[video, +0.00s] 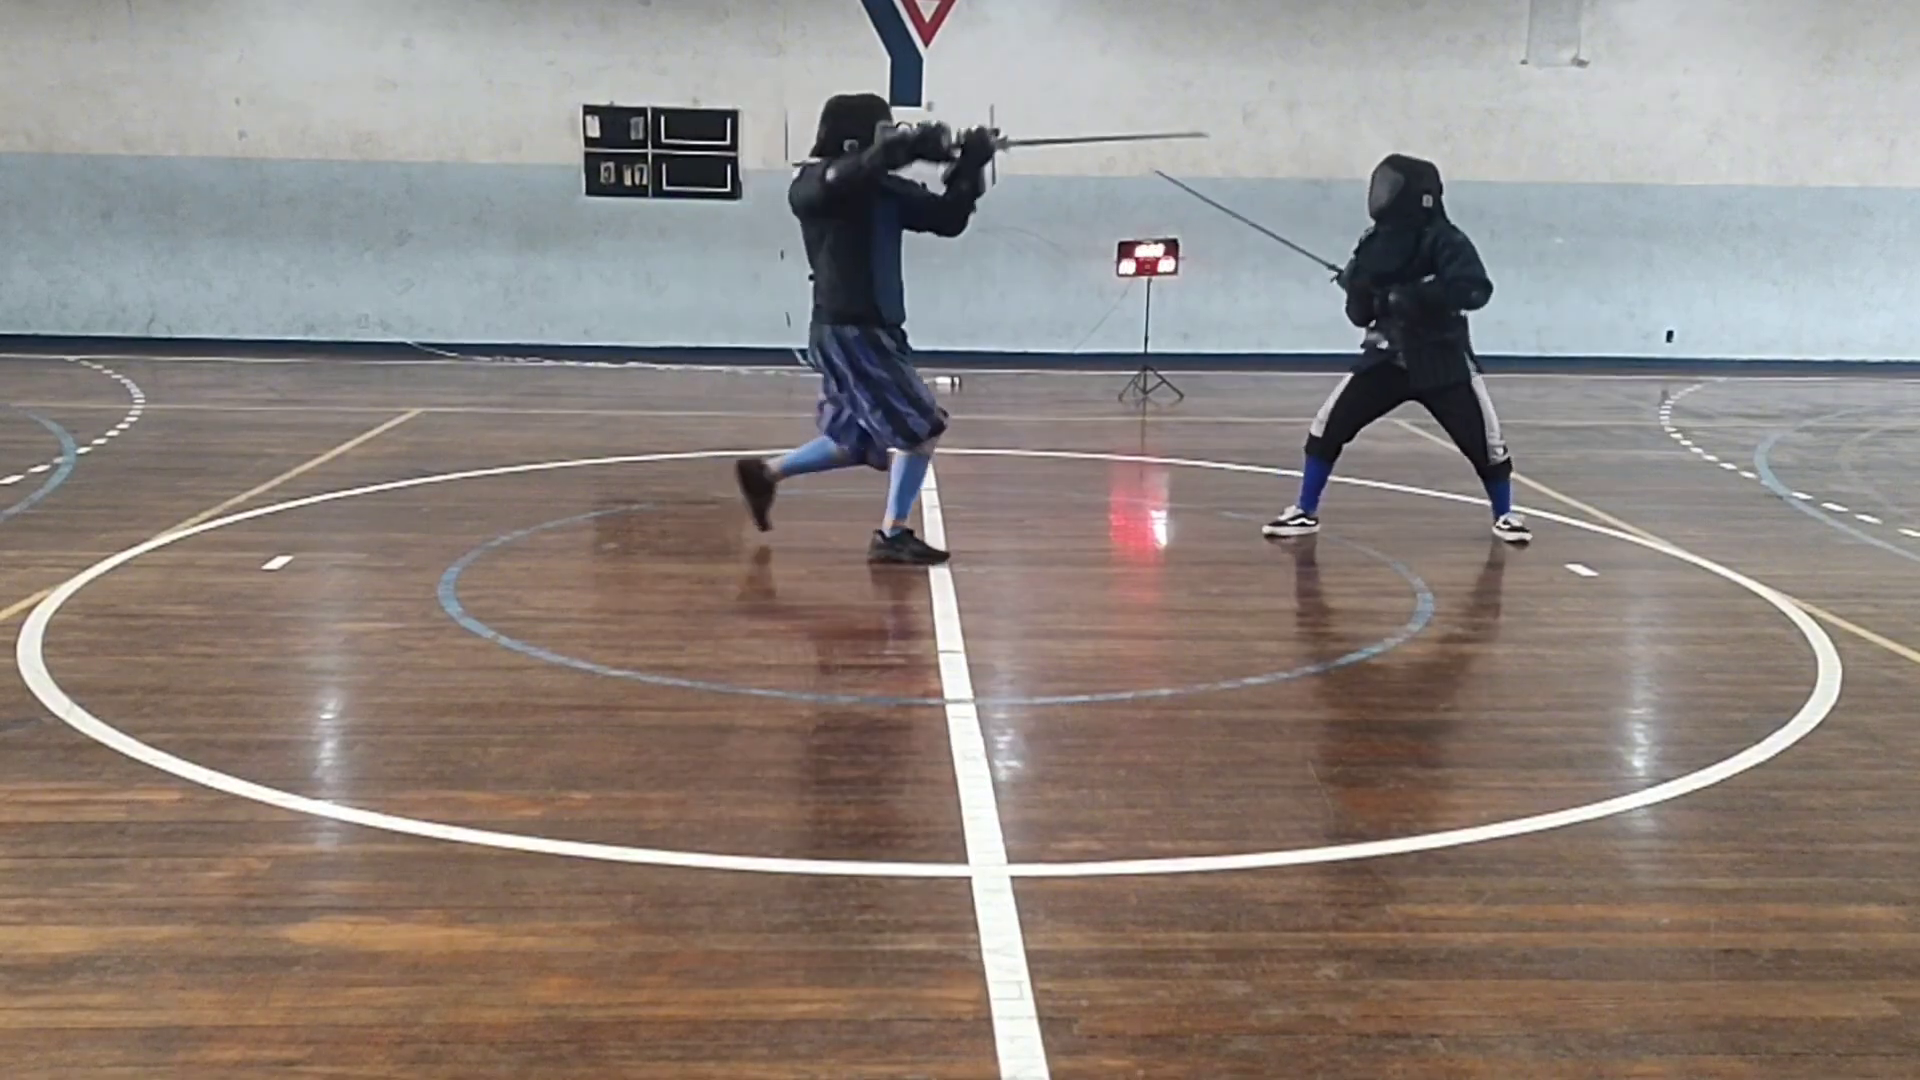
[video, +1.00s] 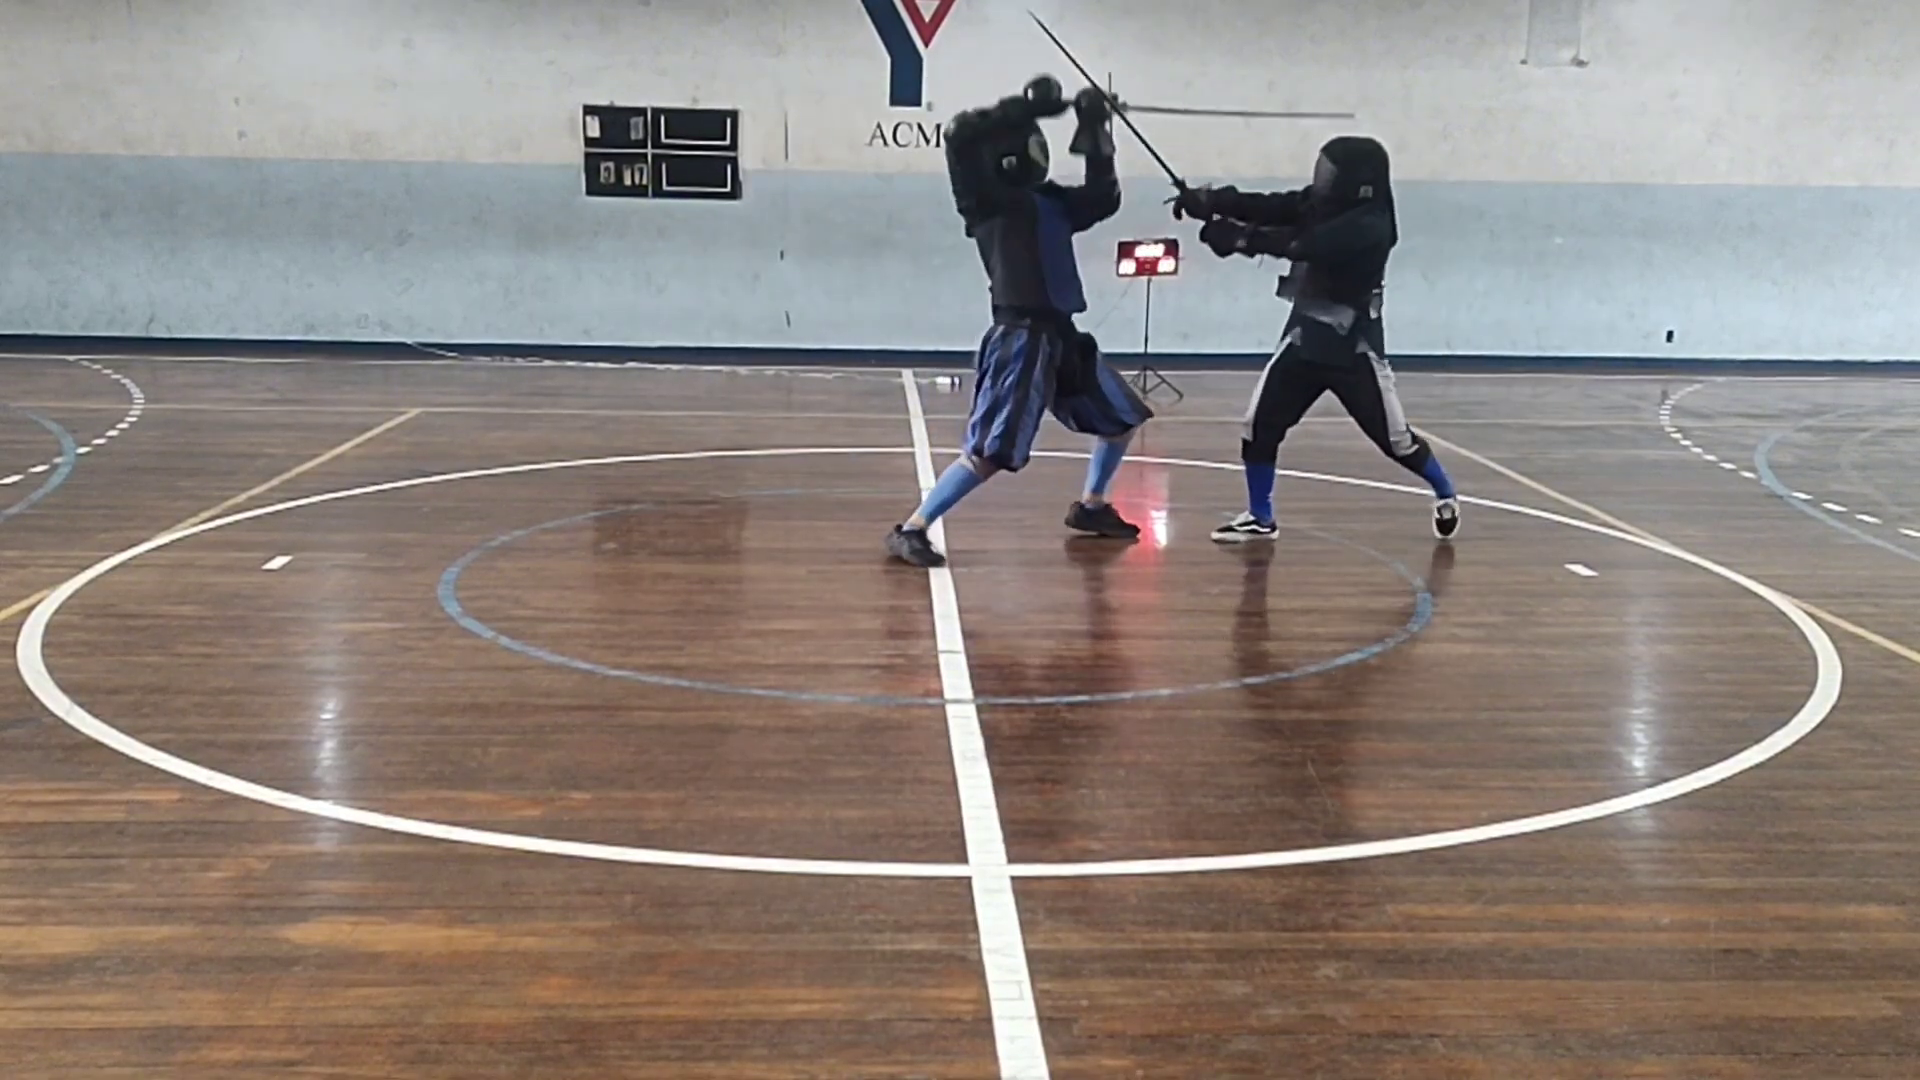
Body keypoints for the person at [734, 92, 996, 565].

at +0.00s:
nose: (887, 145)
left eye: (887, 138)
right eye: (880, 137)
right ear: (856, 139)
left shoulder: (883, 186)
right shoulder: (809, 185)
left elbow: (949, 219)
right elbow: (839, 179)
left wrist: (968, 166)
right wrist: (897, 148)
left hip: (875, 329)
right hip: (845, 331)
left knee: (862, 443)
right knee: (919, 426)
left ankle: (769, 473)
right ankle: (894, 533)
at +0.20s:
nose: (946, 140)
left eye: (945, 130)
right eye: (940, 130)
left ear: (924, 137)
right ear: (916, 134)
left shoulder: (945, 185)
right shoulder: (881, 176)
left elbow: (998, 193)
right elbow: (888, 94)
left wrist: (999, 129)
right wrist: (956, 60)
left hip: (939, 331)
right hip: (898, 332)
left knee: (994, 410)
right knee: (954, 437)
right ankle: (898, 531)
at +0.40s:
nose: (982, 151)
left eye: (986, 143)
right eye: (975, 142)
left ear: (990, 147)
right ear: (951, 143)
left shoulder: (989, 194)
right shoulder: (930, 189)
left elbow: (1044, 205)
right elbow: (945, 123)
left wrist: (1047, 139)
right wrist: (1006, 88)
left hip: (994, 336)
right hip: (949, 337)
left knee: (1047, 423)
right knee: (989, 451)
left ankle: (1036, 516)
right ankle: (903, 523)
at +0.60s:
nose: (1025, 154)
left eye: (1026, 144)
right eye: (1018, 143)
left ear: (997, 147)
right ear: (991, 146)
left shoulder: (1027, 208)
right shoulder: (956, 203)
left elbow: (1052, 279)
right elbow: (932, 284)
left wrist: (1038, 288)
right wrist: (984, 308)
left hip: (1024, 341)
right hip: (978, 343)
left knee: (1084, 416)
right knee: (997, 454)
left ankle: (1060, 503)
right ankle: (909, 526)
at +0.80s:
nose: (1028, 177)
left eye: (1028, 169)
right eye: (1021, 168)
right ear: (994, 172)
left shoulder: (1028, 229)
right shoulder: (966, 224)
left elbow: (1063, 296)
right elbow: (977, 291)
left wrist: (1090, 277)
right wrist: (1048, 304)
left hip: (1045, 356)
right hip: (1001, 359)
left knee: (1106, 424)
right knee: (1007, 471)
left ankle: (1086, 515)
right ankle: (916, 531)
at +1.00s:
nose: (1043, 152)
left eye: (1042, 144)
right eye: (1032, 144)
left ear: (1038, 153)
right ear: (1006, 156)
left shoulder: (1054, 203)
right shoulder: (989, 203)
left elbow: (1103, 199)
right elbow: (963, 139)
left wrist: (1097, 134)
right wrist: (1028, 106)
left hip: (1062, 340)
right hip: (1019, 338)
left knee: (1122, 418)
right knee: (995, 450)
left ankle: (1092, 507)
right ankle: (912, 530)